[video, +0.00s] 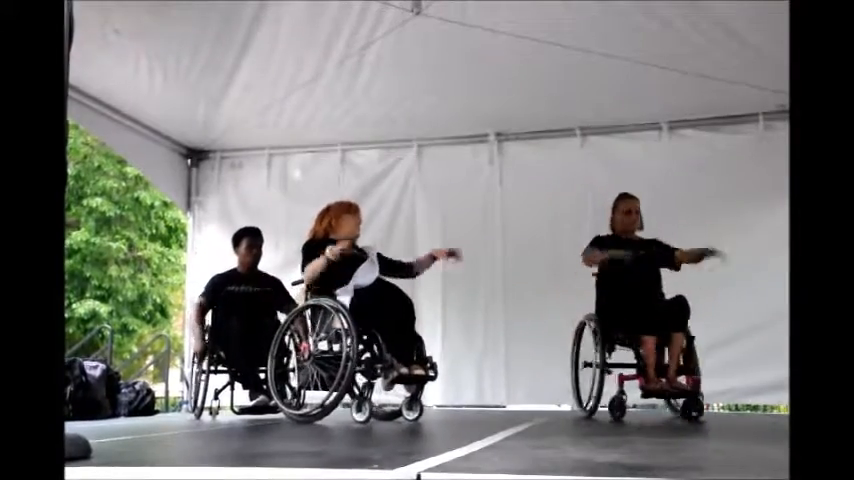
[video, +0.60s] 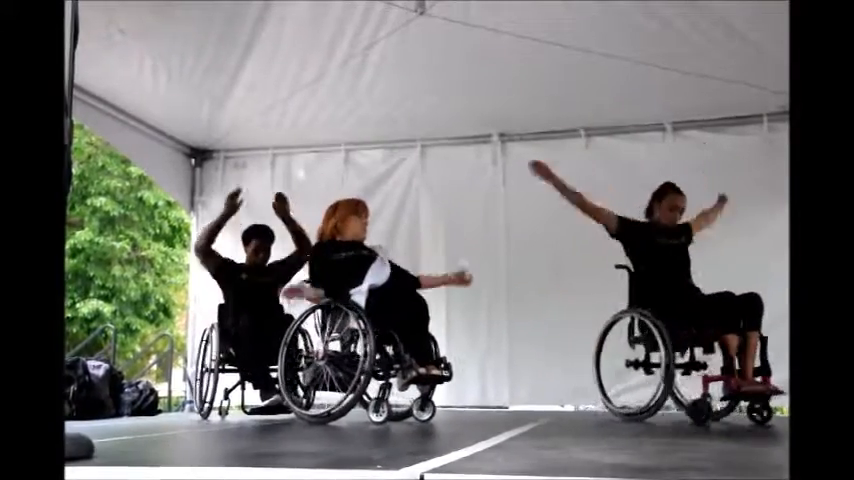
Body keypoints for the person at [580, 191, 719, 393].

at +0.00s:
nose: (633, 217)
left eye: (636, 212)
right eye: (627, 212)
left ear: (640, 217)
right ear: (613, 217)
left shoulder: (649, 246)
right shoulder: (604, 242)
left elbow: (679, 256)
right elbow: (589, 256)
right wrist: (601, 258)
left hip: (649, 310)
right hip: (616, 311)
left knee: (679, 303)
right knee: (649, 316)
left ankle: (672, 377)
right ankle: (651, 380)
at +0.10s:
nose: (639, 217)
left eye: (642, 212)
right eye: (633, 211)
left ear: (645, 216)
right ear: (619, 213)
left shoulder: (650, 242)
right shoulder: (608, 241)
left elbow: (689, 235)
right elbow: (598, 237)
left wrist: (704, 214)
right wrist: (621, 217)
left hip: (653, 307)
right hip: (620, 310)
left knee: (686, 302)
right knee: (656, 317)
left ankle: (681, 377)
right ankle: (662, 381)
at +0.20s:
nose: (647, 212)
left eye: (650, 208)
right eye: (641, 206)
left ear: (651, 213)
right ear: (624, 211)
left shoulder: (658, 238)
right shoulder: (613, 238)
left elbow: (688, 209)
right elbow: (605, 204)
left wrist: (701, 169)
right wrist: (630, 171)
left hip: (661, 305)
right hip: (629, 307)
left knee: (699, 302)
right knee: (673, 310)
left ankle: (697, 377)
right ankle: (679, 380)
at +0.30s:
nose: (653, 212)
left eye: (656, 208)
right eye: (648, 206)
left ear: (658, 212)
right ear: (632, 207)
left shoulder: (662, 234)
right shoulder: (617, 234)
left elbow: (687, 198)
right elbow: (603, 193)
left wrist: (699, 156)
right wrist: (619, 152)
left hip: (666, 305)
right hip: (634, 307)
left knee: (709, 303)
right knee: (686, 314)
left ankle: (707, 377)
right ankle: (687, 378)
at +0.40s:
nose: (665, 214)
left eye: (667, 209)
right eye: (659, 208)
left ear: (670, 211)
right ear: (642, 209)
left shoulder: (669, 233)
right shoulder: (623, 232)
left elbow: (688, 199)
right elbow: (598, 191)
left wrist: (701, 164)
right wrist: (592, 145)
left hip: (675, 307)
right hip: (644, 310)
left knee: (729, 302)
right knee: (703, 303)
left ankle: (725, 378)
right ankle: (706, 377)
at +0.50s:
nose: (671, 216)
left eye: (674, 211)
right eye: (666, 210)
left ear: (675, 212)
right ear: (649, 208)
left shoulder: (674, 234)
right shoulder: (628, 232)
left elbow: (694, 208)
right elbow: (596, 200)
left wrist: (707, 184)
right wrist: (573, 158)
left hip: (683, 310)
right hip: (652, 312)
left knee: (740, 302)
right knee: (715, 299)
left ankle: (737, 378)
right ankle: (719, 375)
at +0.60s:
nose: (677, 215)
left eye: (679, 211)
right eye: (672, 209)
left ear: (681, 213)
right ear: (654, 207)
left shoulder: (681, 233)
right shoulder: (634, 230)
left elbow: (703, 220)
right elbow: (590, 209)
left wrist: (719, 205)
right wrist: (553, 180)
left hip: (687, 310)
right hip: (657, 313)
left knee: (750, 302)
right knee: (724, 303)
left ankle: (747, 378)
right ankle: (734, 371)